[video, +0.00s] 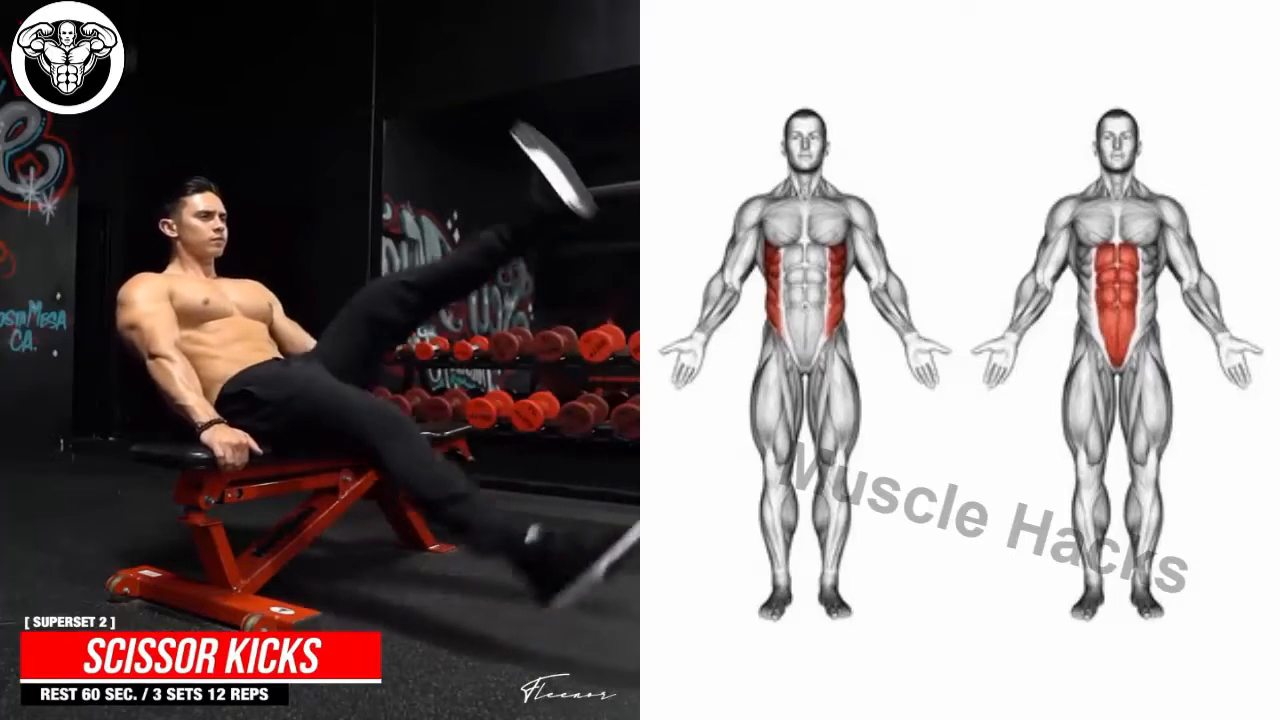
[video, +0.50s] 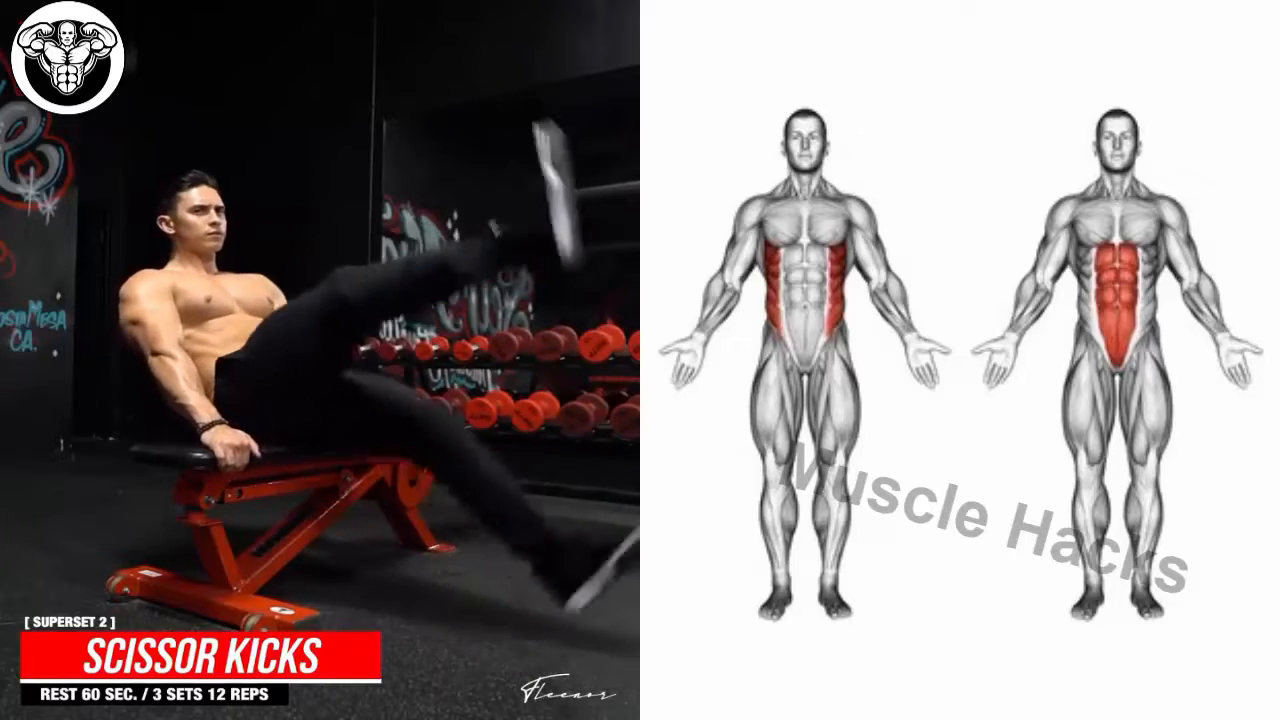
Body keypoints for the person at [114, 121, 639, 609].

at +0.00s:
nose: (218, 225)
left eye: (221, 217)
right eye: (204, 216)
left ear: (225, 229)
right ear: (170, 228)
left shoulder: (254, 292)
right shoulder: (145, 291)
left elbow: (316, 355)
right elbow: (163, 358)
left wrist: (370, 395)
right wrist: (208, 425)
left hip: (303, 376)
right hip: (251, 392)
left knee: (387, 296)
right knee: (381, 417)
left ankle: (536, 221)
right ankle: (528, 548)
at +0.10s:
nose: (222, 224)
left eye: (226, 215)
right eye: (208, 214)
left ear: (230, 226)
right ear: (175, 223)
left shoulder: (254, 289)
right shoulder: (148, 284)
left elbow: (314, 352)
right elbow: (162, 355)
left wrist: (363, 404)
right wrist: (208, 422)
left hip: (303, 375)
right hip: (250, 389)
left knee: (380, 288)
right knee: (382, 428)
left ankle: (521, 209)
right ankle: (512, 579)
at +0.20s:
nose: (222, 226)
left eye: (226, 216)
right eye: (208, 216)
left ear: (228, 223)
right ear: (175, 223)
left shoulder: (255, 290)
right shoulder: (148, 284)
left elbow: (316, 353)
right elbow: (165, 356)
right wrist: (209, 423)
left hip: (300, 381)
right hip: (247, 396)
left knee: (387, 298)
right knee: (379, 404)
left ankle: (539, 265)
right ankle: (520, 536)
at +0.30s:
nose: (215, 223)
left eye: (219, 214)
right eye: (201, 214)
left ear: (223, 225)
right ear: (169, 225)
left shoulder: (253, 289)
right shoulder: (145, 287)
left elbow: (315, 353)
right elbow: (166, 358)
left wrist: (365, 408)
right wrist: (210, 422)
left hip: (299, 383)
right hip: (243, 397)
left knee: (416, 324)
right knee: (372, 357)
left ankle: (561, 363)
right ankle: (537, 441)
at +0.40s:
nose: (213, 220)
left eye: (216, 212)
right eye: (198, 212)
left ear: (221, 225)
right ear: (166, 226)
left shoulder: (255, 287)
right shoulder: (146, 288)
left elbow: (309, 353)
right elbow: (165, 357)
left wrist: (368, 421)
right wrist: (210, 426)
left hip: (307, 395)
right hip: (244, 396)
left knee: (444, 383)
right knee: (359, 316)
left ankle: (585, 481)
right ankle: (541, 346)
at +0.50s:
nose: (215, 221)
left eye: (218, 211)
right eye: (200, 212)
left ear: (223, 220)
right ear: (168, 223)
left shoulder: (258, 284)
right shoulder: (147, 286)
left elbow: (310, 341)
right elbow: (166, 357)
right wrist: (211, 423)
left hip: (311, 397)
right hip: (248, 396)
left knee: (435, 425)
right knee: (341, 293)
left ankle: (560, 562)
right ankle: (516, 247)